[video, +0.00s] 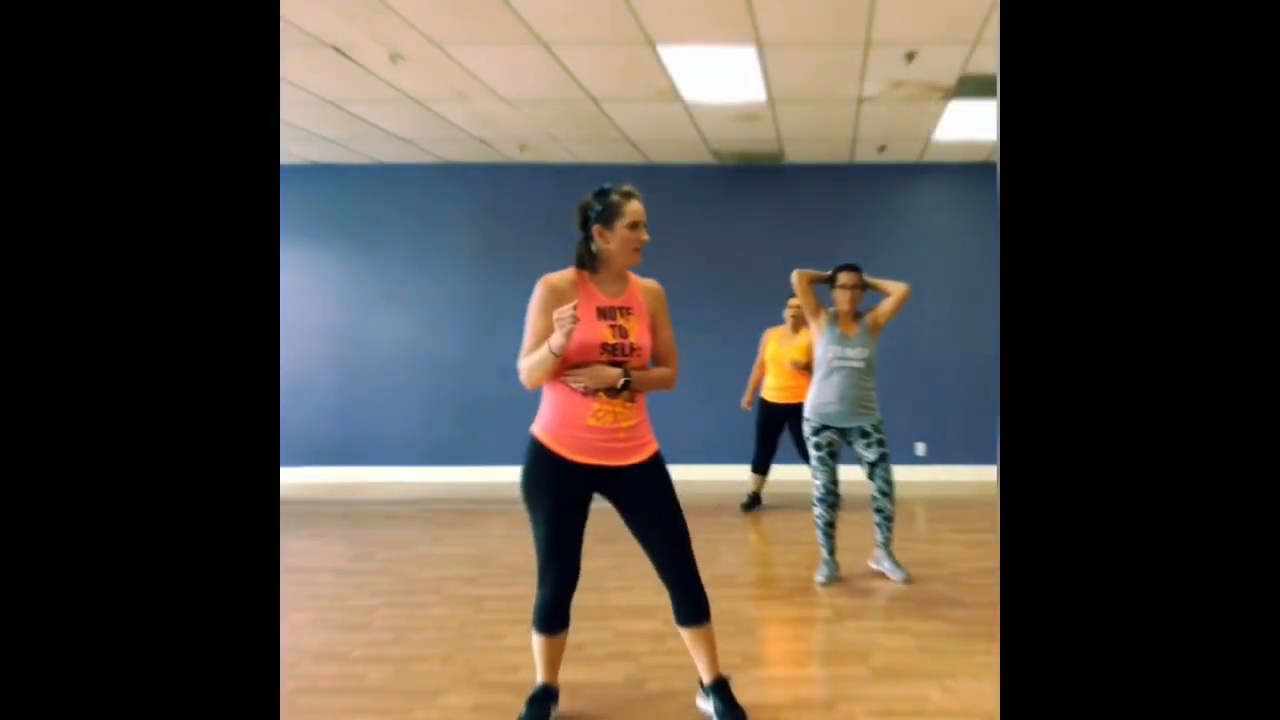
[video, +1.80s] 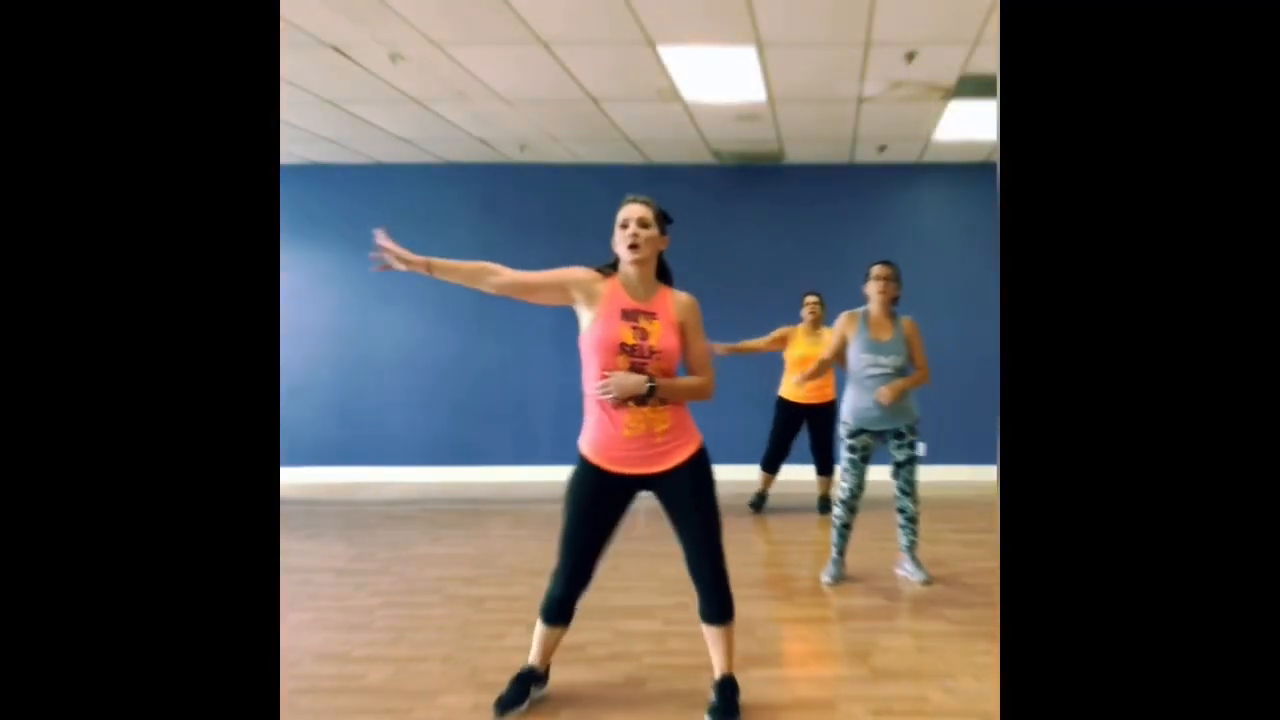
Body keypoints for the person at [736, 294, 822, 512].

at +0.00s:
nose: (793, 312)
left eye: (797, 308)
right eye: (790, 308)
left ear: (805, 314)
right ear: (784, 311)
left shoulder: (811, 337)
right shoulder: (771, 335)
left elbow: (821, 369)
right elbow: (760, 364)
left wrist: (805, 368)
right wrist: (750, 391)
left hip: (799, 401)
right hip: (771, 399)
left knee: (809, 450)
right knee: (763, 449)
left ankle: (828, 491)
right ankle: (754, 492)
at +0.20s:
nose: (780, 309)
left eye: (784, 305)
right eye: (776, 304)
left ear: (790, 310)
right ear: (770, 308)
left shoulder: (798, 334)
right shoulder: (756, 331)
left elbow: (807, 367)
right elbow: (744, 355)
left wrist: (792, 357)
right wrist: (731, 374)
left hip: (786, 396)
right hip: (757, 395)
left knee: (789, 446)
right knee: (758, 446)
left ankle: (797, 491)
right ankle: (754, 492)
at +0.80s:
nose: (784, 310)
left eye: (788, 307)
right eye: (780, 307)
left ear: (795, 311)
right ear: (773, 311)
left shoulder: (806, 335)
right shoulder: (761, 337)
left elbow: (818, 363)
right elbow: (747, 363)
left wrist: (812, 373)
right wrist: (737, 382)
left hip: (796, 401)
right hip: (766, 400)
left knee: (806, 452)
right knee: (764, 450)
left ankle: (821, 495)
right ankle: (754, 494)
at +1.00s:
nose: (798, 310)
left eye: (803, 306)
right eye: (795, 306)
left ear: (810, 311)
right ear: (788, 311)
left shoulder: (822, 335)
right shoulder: (777, 338)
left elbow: (836, 361)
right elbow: (769, 369)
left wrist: (836, 374)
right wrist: (768, 396)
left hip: (815, 400)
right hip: (785, 401)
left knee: (817, 453)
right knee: (773, 451)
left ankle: (823, 495)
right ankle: (757, 494)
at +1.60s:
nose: (816, 307)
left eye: (820, 304)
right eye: (812, 304)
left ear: (827, 309)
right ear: (806, 309)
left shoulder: (837, 334)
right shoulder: (794, 333)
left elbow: (847, 365)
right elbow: (776, 358)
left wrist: (867, 374)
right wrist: (756, 378)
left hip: (827, 400)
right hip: (797, 399)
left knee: (825, 452)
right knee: (790, 450)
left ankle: (824, 495)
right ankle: (784, 493)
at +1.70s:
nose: (815, 307)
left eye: (819, 303)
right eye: (811, 304)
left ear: (826, 309)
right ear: (804, 310)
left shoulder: (836, 335)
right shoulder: (793, 334)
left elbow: (850, 365)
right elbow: (769, 353)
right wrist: (741, 364)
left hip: (826, 400)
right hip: (794, 398)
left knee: (824, 453)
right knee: (784, 448)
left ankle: (824, 496)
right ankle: (775, 493)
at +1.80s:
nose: (812, 309)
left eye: (816, 305)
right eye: (808, 305)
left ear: (823, 311)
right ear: (801, 311)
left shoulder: (832, 336)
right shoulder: (789, 334)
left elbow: (849, 364)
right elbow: (759, 344)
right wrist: (728, 349)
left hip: (822, 401)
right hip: (790, 399)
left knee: (823, 453)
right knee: (776, 448)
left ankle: (824, 497)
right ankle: (761, 493)